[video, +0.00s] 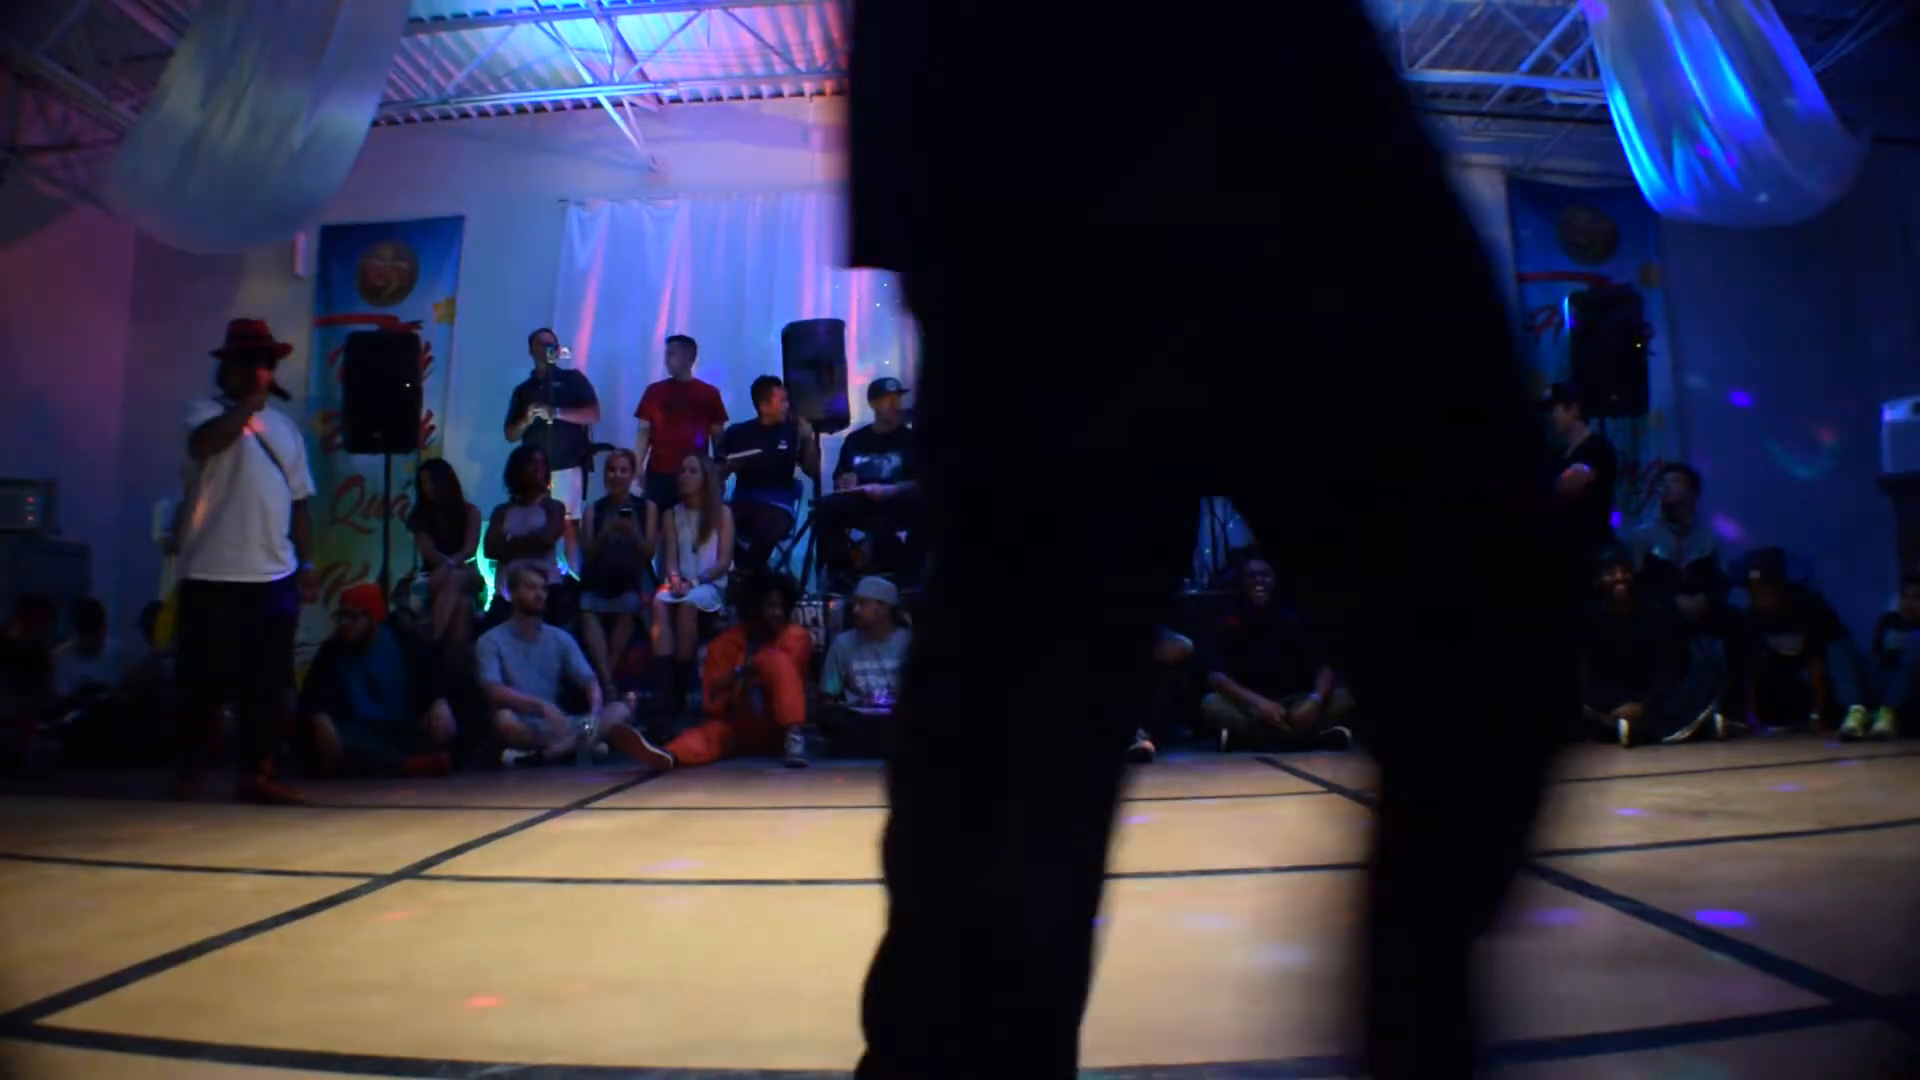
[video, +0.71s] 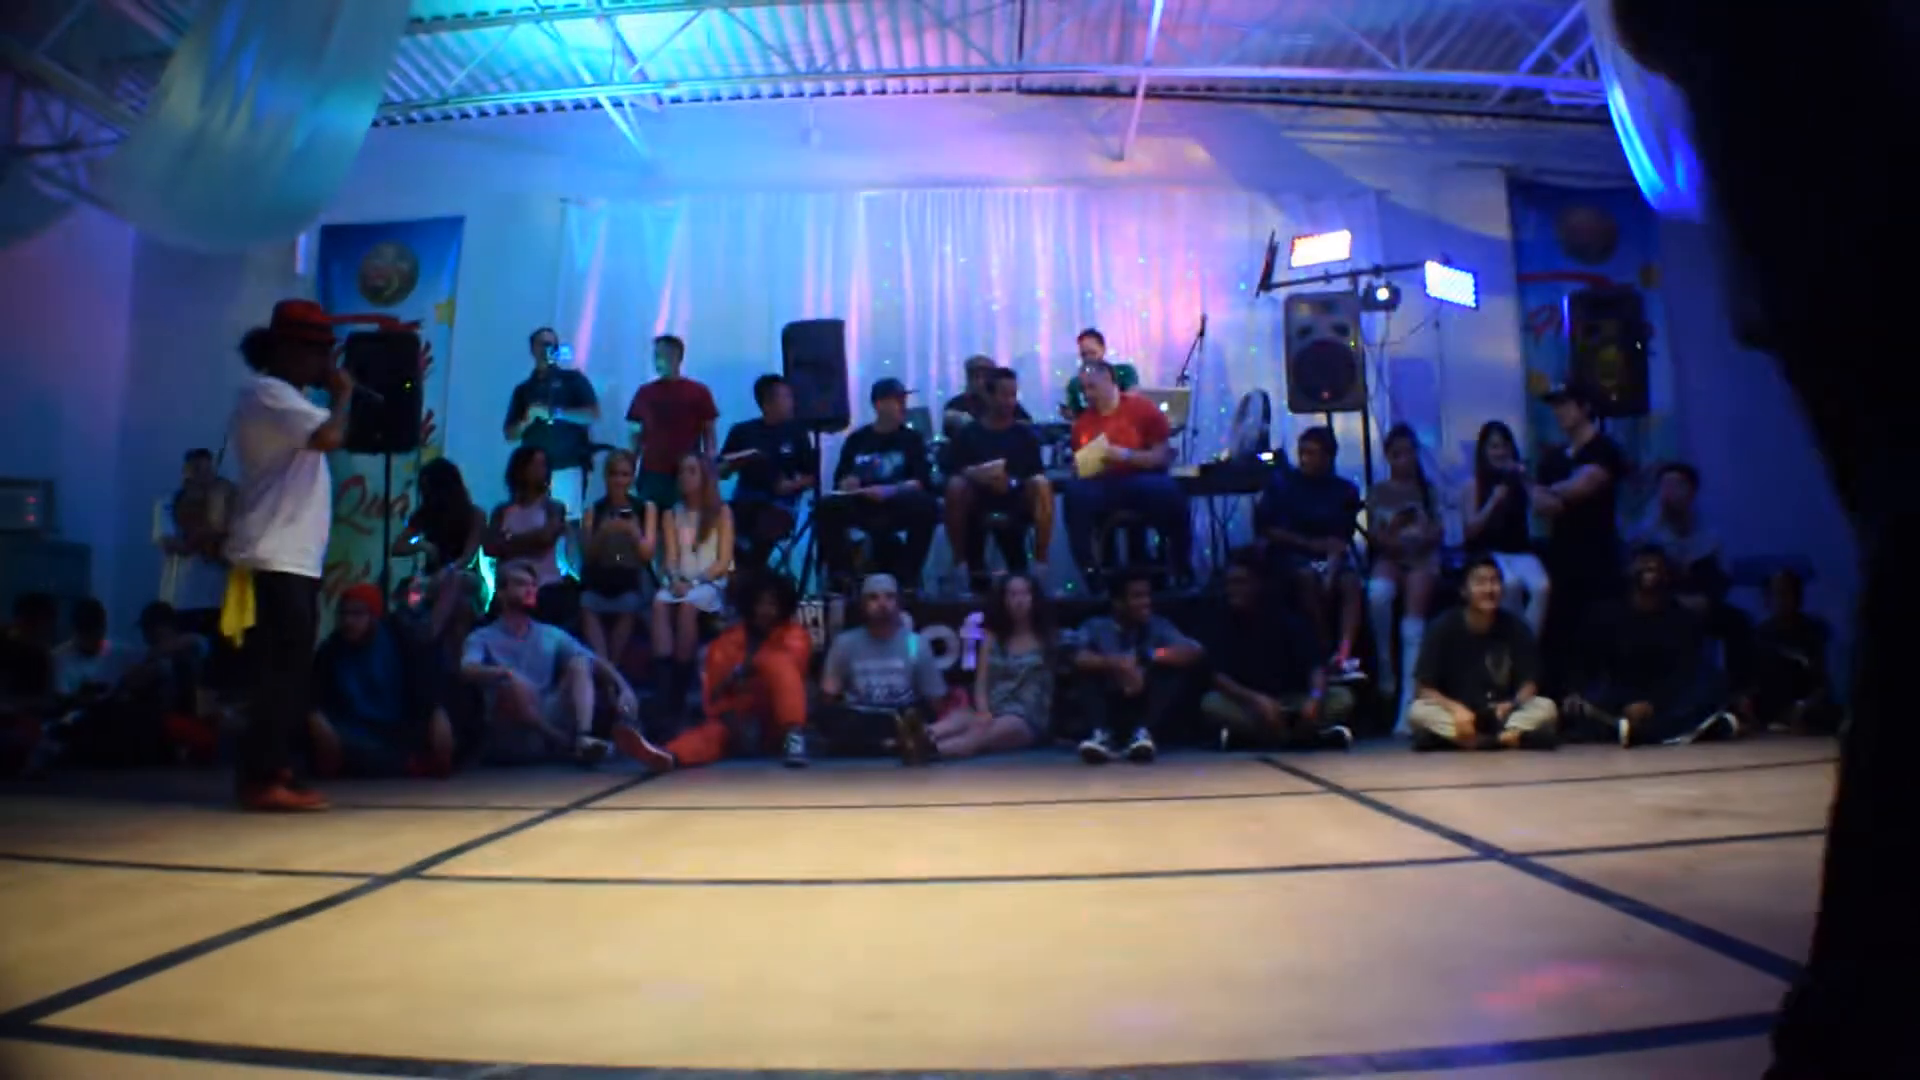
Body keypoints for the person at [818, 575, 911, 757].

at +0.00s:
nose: (856, 610)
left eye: (863, 604)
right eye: (856, 604)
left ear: (882, 608)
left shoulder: (906, 642)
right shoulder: (843, 644)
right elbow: (829, 697)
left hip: (897, 722)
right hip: (856, 721)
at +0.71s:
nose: (882, 605)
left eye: (889, 597)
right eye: (874, 598)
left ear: (897, 602)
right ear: (863, 604)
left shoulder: (916, 645)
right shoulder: (844, 644)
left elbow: (936, 701)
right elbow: (828, 695)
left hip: (903, 719)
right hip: (857, 719)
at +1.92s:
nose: (872, 604)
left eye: (880, 597)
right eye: (868, 597)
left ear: (897, 606)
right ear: (862, 601)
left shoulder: (916, 645)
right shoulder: (843, 644)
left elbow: (935, 702)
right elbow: (828, 699)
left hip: (903, 718)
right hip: (856, 720)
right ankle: (885, 746)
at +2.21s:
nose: (872, 604)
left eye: (880, 598)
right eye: (868, 597)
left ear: (896, 606)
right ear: (862, 602)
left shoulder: (916, 645)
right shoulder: (844, 643)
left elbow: (936, 700)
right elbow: (827, 697)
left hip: (905, 720)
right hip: (857, 720)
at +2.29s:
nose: (871, 604)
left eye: (880, 598)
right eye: (867, 597)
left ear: (896, 606)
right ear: (862, 602)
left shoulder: (916, 645)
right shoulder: (843, 644)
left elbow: (933, 699)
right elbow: (829, 699)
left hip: (904, 717)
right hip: (858, 718)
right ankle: (887, 746)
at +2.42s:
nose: (869, 604)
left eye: (878, 598)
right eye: (865, 598)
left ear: (894, 606)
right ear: (860, 602)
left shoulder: (916, 645)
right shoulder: (843, 645)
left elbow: (933, 703)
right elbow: (828, 700)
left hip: (905, 719)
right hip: (858, 721)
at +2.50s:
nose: (869, 604)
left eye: (877, 598)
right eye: (865, 598)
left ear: (894, 606)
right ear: (860, 602)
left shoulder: (915, 645)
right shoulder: (842, 645)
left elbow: (935, 703)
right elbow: (829, 700)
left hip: (902, 719)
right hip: (856, 720)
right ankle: (888, 745)